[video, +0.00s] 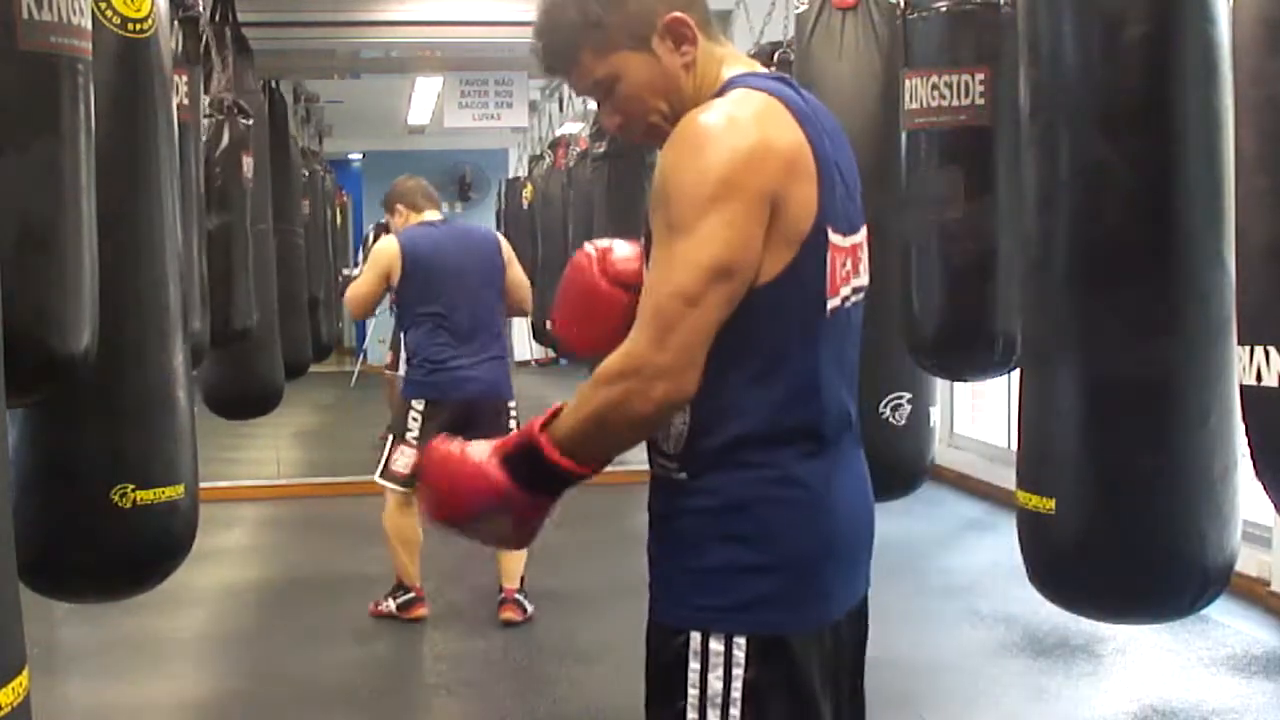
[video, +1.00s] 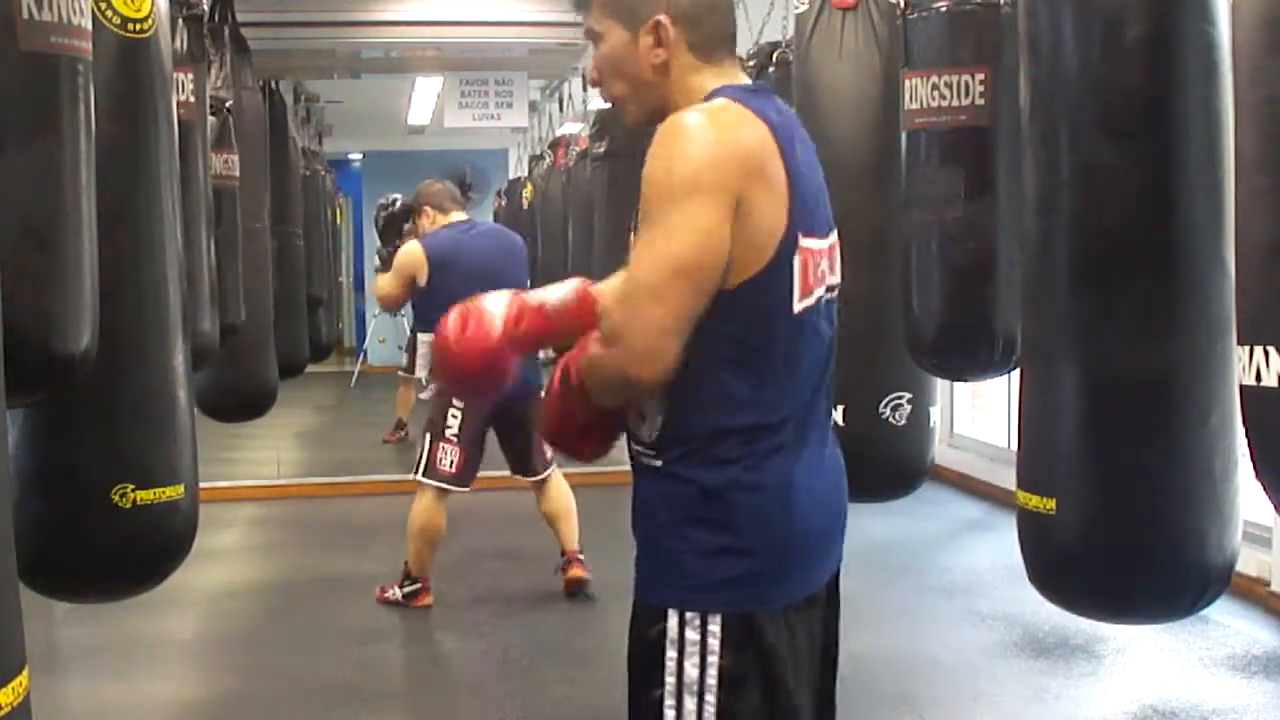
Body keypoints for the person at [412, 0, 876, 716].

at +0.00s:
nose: (608, 121)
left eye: (607, 90)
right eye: (593, 102)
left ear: (677, 39)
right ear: (682, 42)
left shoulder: (723, 136)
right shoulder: (796, 116)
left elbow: (657, 375)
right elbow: (780, 323)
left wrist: (523, 470)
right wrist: (650, 309)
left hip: (742, 546)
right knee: (819, 705)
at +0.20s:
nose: (615, 122)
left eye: (613, 95)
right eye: (603, 104)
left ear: (679, 49)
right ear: (684, 49)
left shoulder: (728, 137)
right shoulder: (793, 112)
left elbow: (662, 374)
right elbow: (755, 260)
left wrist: (566, 442)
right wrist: (603, 260)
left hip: (734, 542)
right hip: (809, 517)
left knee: (710, 710)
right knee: (831, 707)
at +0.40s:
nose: (616, 122)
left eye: (615, 93)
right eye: (604, 102)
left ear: (684, 52)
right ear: (687, 55)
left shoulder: (741, 137)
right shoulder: (751, 118)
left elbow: (644, 371)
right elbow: (640, 252)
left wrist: (583, 406)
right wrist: (547, 301)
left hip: (732, 546)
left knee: (716, 711)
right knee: (824, 706)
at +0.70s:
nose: (594, 80)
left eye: (604, 46)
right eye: (587, 54)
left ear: (685, 30)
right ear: (683, 38)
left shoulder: (736, 126)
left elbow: (598, 319)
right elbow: (591, 249)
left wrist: (614, 383)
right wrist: (551, 351)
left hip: (729, 536)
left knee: (714, 710)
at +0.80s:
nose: (590, 72)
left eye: (601, 37)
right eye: (585, 45)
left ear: (680, 27)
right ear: (679, 34)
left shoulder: (719, 119)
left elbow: (577, 303)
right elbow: (566, 273)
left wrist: (619, 374)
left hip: (729, 533)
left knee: (709, 711)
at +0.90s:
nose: (586, 69)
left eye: (594, 35)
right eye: (584, 41)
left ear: (668, 30)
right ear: (668, 34)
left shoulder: (709, 129)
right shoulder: (755, 111)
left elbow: (593, 334)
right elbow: (615, 257)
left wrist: (611, 376)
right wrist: (536, 329)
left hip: (722, 530)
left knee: (702, 712)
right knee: (786, 707)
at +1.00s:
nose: (590, 71)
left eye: (596, 39)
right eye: (588, 43)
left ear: (659, 39)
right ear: (661, 40)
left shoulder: (701, 135)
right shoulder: (765, 119)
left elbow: (639, 355)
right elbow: (673, 276)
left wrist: (586, 394)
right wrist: (529, 318)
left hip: (719, 528)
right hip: (790, 502)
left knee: (695, 710)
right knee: (789, 706)